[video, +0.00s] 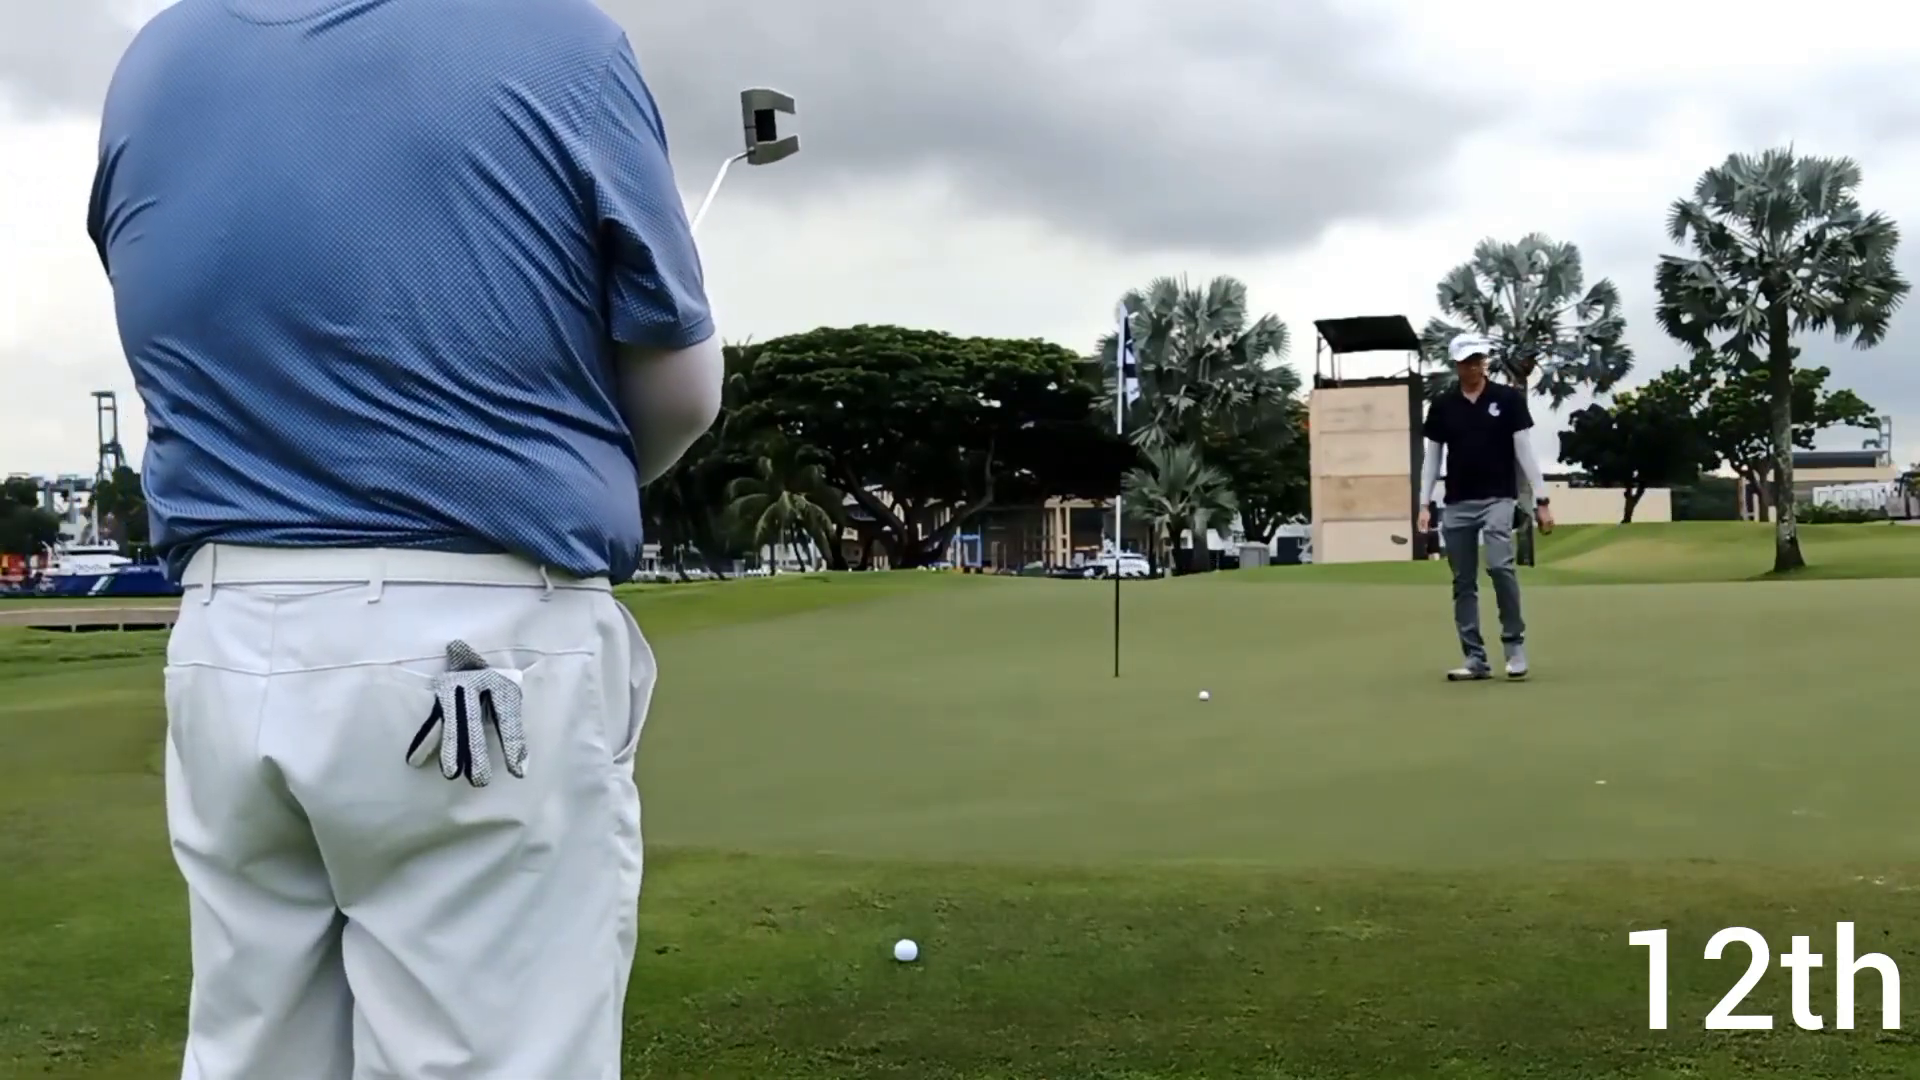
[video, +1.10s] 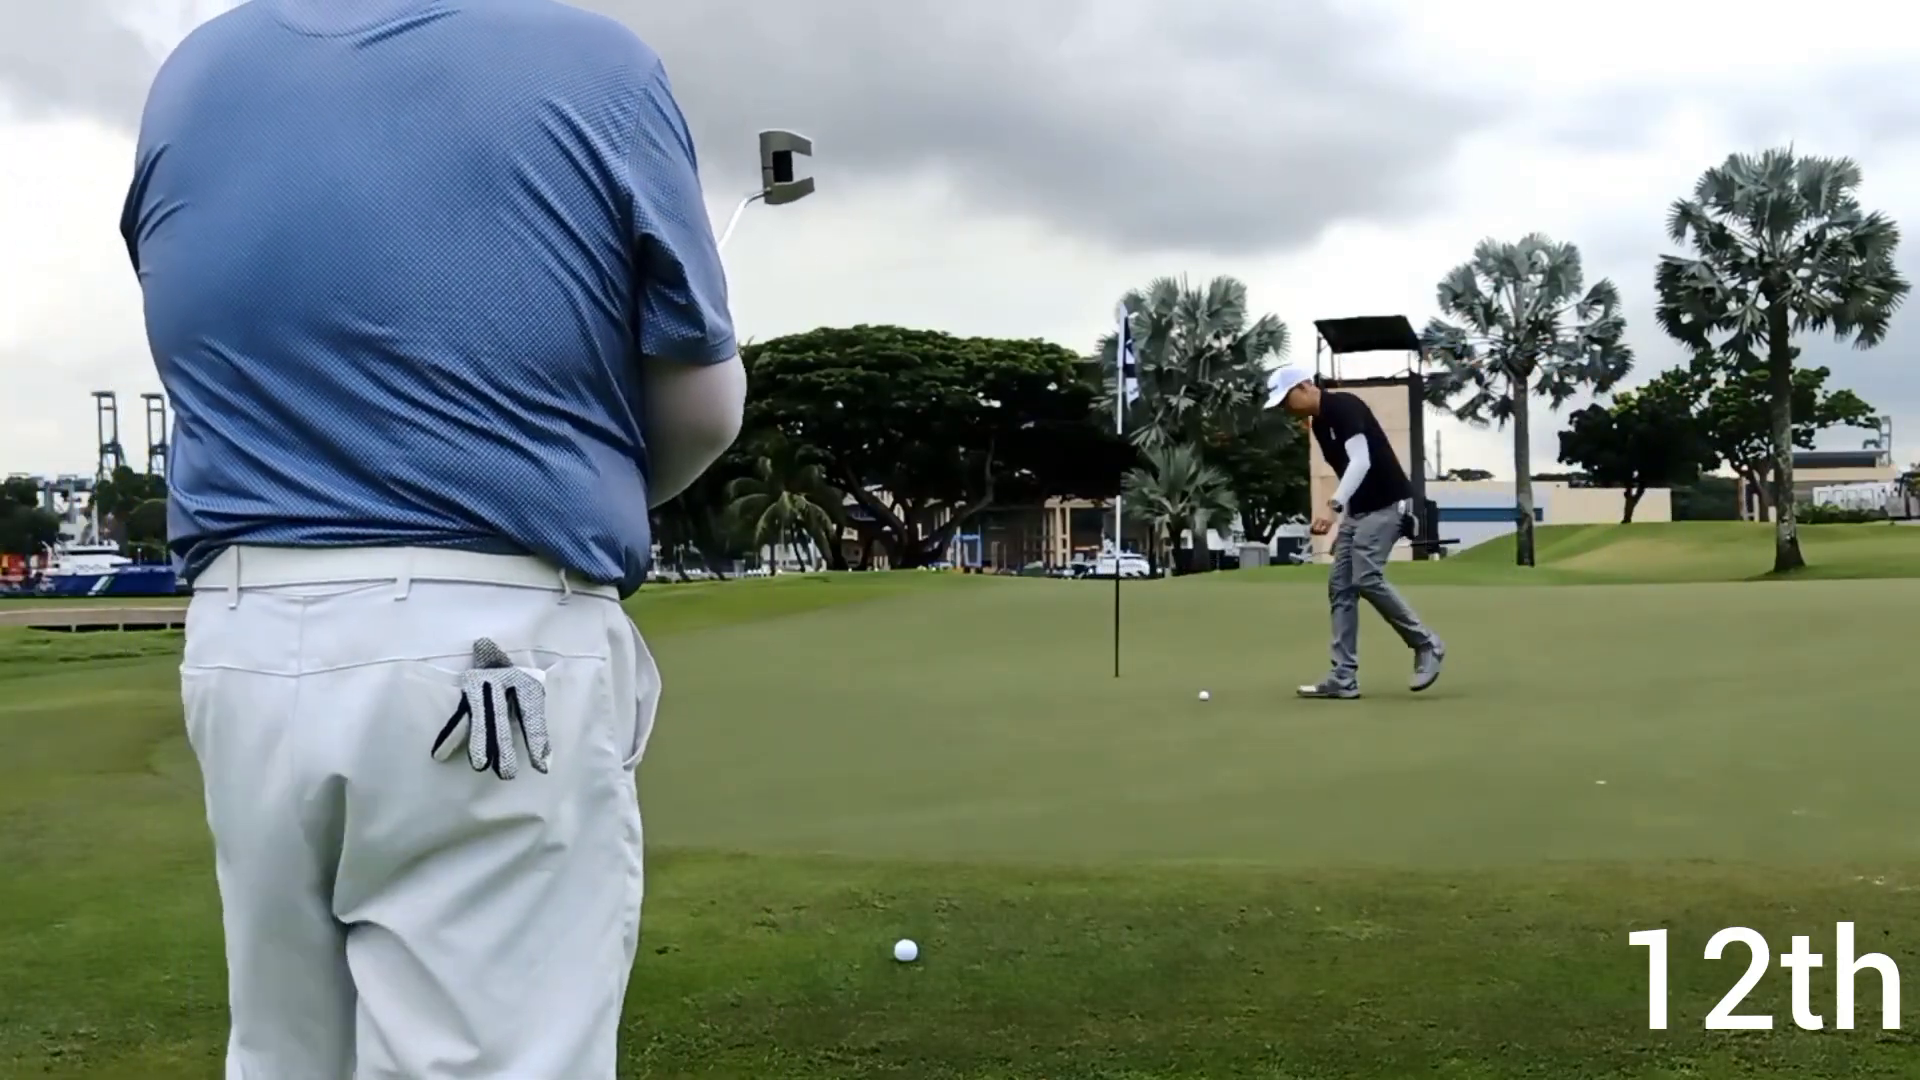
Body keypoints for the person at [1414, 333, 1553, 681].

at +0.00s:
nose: (1474, 367)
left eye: (1478, 359)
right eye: (1467, 361)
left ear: (1486, 361)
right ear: (1455, 365)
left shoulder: (1508, 399)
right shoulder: (1442, 406)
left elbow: (1526, 451)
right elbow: (1432, 460)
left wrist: (1541, 498)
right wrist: (1425, 505)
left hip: (1498, 502)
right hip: (1457, 506)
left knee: (1500, 568)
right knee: (1463, 584)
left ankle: (1514, 646)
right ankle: (1474, 658)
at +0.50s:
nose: (1423, 371)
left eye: (1428, 363)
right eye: (1417, 365)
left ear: (1447, 358)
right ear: (1413, 366)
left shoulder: (1476, 399)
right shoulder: (1412, 406)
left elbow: (1499, 455)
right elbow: (1405, 462)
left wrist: (1513, 505)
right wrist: (1396, 512)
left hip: (1467, 510)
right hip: (1424, 514)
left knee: (1475, 586)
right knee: (1418, 585)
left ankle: (1485, 667)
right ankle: (1454, 640)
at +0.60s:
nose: (1405, 369)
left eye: (1410, 362)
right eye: (1401, 363)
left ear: (1431, 357)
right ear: (1401, 363)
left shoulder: (1464, 394)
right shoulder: (1404, 402)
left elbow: (1479, 445)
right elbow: (1400, 459)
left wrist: (1477, 494)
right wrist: (1398, 509)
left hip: (1454, 510)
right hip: (1413, 512)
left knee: (1473, 588)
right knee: (1396, 575)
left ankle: (1484, 667)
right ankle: (1431, 658)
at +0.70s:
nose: (1385, 373)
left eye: (1390, 366)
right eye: (1382, 368)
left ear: (1412, 359)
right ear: (1386, 368)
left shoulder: (1445, 393)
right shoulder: (1392, 405)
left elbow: (1456, 445)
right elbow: (1399, 456)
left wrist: (1436, 478)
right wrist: (1396, 502)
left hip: (1445, 516)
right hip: (1402, 516)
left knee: (1468, 590)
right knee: (1382, 579)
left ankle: (1483, 669)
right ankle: (1385, 670)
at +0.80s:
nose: (1364, 382)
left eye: (1367, 374)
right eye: (1360, 377)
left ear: (1387, 366)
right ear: (1365, 376)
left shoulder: (1423, 395)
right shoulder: (1375, 412)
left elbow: (1428, 441)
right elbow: (1386, 459)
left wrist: (1400, 467)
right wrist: (1387, 512)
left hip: (1429, 518)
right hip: (1388, 520)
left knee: (1456, 591)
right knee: (1370, 592)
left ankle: (1481, 667)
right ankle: (1352, 672)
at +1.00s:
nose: (1314, 397)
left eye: (1314, 389)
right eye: (1310, 392)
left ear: (1333, 376)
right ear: (1324, 385)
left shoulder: (1371, 398)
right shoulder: (1336, 420)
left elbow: (1386, 449)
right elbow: (1359, 466)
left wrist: (1354, 481)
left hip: (1395, 517)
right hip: (1363, 520)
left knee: (1403, 591)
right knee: (1344, 589)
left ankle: (1460, 644)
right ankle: (1343, 677)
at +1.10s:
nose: (1287, 409)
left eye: (1287, 401)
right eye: (1283, 404)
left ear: (1305, 386)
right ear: (1300, 392)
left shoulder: (1343, 406)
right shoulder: (1319, 422)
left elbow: (1361, 461)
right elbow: (1351, 467)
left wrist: (1334, 506)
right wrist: (1346, 514)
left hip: (1384, 507)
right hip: (1357, 512)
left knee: (1366, 578)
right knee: (1341, 587)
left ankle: (1427, 645)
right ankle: (1343, 676)